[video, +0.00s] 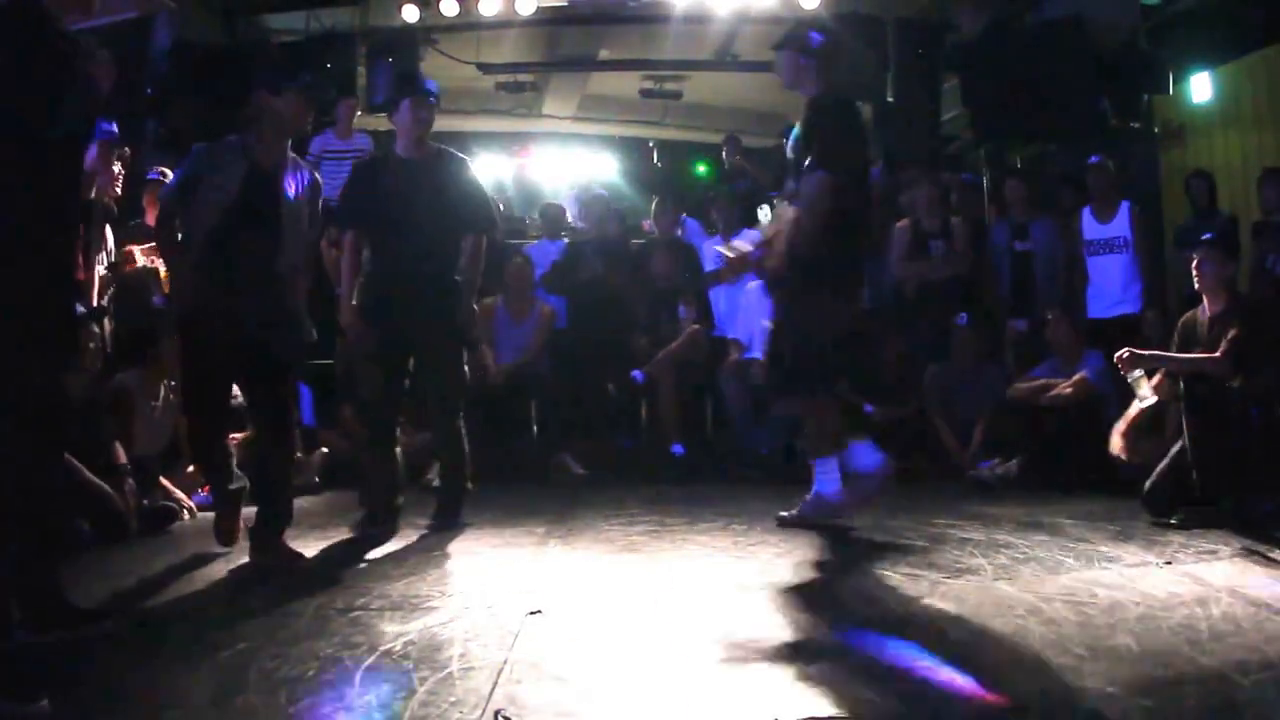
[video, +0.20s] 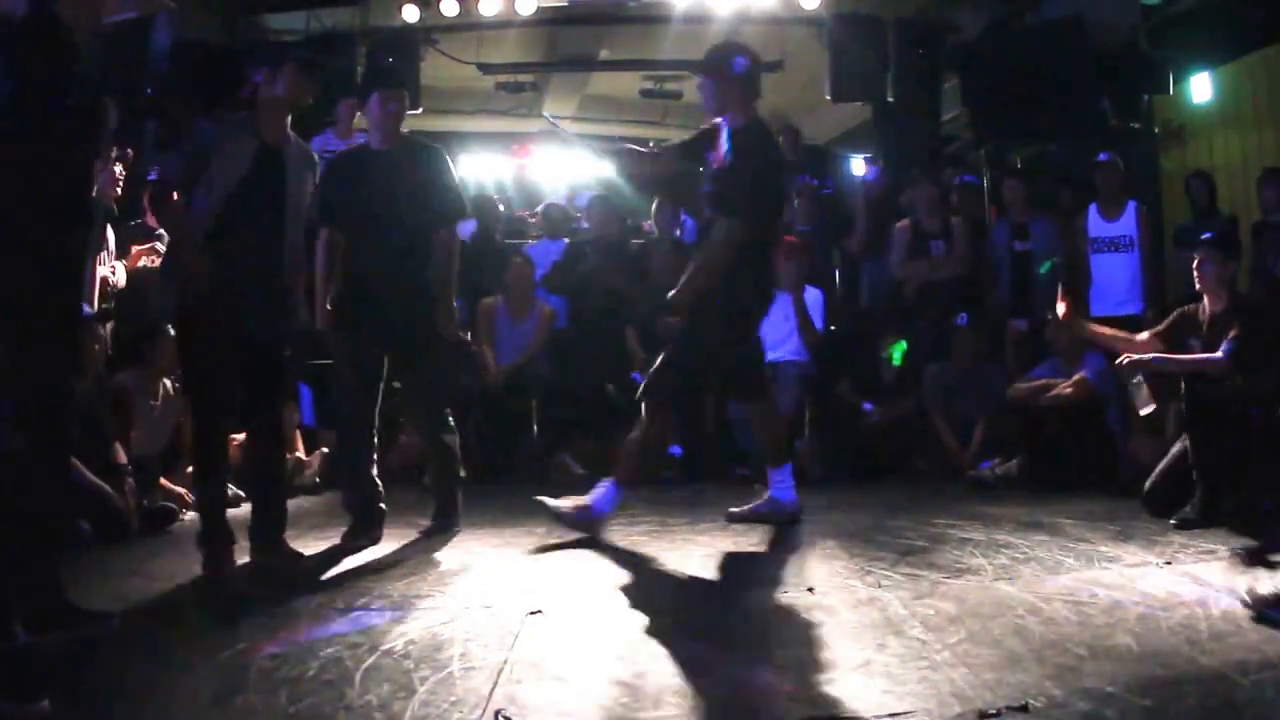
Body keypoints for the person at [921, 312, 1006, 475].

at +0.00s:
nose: (962, 346)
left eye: (967, 340)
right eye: (958, 340)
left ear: (976, 343)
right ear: (951, 341)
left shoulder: (988, 375)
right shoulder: (937, 373)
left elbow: (984, 417)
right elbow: (936, 415)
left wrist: (972, 453)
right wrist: (956, 452)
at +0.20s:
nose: (962, 347)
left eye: (967, 342)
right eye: (957, 341)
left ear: (976, 344)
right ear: (950, 343)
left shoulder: (984, 373)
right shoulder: (937, 373)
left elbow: (983, 417)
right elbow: (936, 414)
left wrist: (971, 453)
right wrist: (955, 450)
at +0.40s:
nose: (963, 347)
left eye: (969, 341)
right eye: (958, 340)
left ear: (978, 344)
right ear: (950, 343)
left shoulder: (987, 374)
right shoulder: (936, 374)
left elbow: (984, 417)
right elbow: (936, 414)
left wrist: (971, 455)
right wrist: (955, 451)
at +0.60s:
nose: (961, 344)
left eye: (967, 338)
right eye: (957, 337)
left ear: (979, 341)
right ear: (951, 339)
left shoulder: (987, 373)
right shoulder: (936, 374)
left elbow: (986, 415)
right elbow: (936, 415)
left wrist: (972, 454)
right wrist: (956, 452)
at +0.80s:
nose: (964, 346)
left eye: (969, 340)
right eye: (959, 339)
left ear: (979, 342)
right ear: (952, 340)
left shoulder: (988, 373)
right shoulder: (936, 373)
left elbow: (985, 415)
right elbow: (936, 414)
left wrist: (972, 454)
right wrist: (955, 451)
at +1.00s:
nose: (963, 345)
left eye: (969, 339)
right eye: (958, 339)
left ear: (978, 342)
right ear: (951, 341)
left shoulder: (989, 373)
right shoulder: (936, 373)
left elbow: (985, 416)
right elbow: (936, 414)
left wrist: (972, 455)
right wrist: (955, 451)